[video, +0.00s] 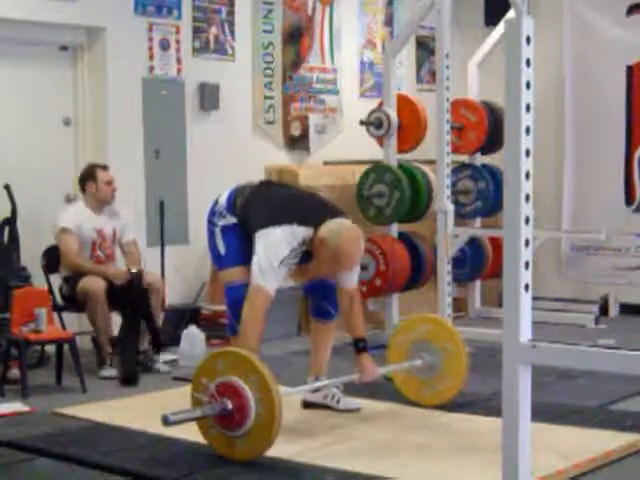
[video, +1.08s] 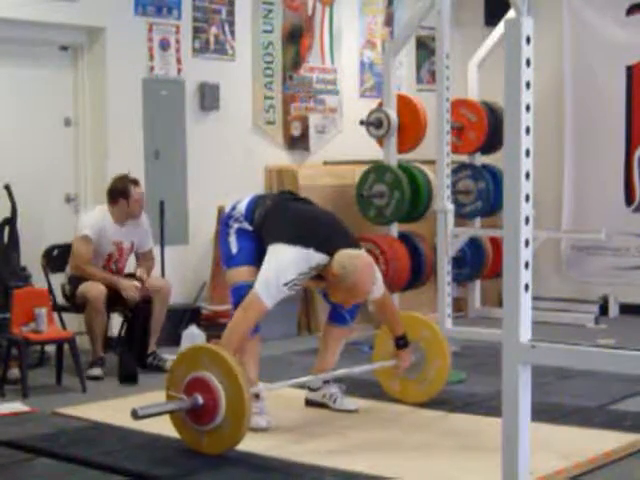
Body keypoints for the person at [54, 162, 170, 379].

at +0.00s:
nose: (114, 188)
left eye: (113, 183)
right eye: (108, 184)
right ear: (90, 188)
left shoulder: (116, 214)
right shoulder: (71, 216)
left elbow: (130, 247)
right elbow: (70, 260)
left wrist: (134, 270)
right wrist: (107, 272)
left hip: (114, 274)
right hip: (80, 277)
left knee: (155, 282)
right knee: (95, 287)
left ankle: (148, 349)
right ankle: (107, 357)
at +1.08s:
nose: (142, 202)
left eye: (142, 197)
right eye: (137, 198)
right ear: (121, 202)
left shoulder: (140, 220)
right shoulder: (93, 220)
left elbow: (146, 258)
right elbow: (78, 266)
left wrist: (142, 272)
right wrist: (119, 283)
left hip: (120, 277)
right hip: (87, 278)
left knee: (161, 287)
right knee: (96, 292)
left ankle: (150, 352)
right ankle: (97, 358)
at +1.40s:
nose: (160, 230)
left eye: (160, 225)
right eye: (156, 226)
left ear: (142, 227)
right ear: (140, 227)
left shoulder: (154, 239)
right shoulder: (106, 235)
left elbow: (152, 263)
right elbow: (76, 267)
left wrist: (146, 275)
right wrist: (114, 284)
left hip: (124, 280)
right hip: (91, 280)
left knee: (166, 289)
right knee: (94, 295)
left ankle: (150, 352)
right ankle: (96, 358)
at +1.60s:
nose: (173, 231)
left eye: (173, 226)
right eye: (170, 226)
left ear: (156, 227)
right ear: (154, 227)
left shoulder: (165, 242)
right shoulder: (120, 239)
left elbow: (162, 262)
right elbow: (86, 266)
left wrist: (150, 278)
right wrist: (120, 287)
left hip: (134, 276)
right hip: (100, 277)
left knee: (169, 291)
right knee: (99, 297)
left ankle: (151, 352)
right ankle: (97, 359)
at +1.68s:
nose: (181, 211)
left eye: (181, 206)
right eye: (177, 206)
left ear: (161, 209)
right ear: (159, 209)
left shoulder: (171, 226)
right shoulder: (128, 223)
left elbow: (164, 256)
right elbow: (103, 262)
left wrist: (153, 281)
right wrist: (124, 291)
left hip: (138, 266)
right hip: (107, 266)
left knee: (171, 290)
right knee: (101, 297)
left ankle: (150, 352)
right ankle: (97, 359)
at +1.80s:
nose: (188, 187)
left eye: (188, 180)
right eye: (184, 181)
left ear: (170, 183)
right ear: (167, 182)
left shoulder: (178, 205)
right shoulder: (133, 204)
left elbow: (168, 245)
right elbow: (110, 248)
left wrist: (160, 278)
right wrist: (125, 290)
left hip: (139, 253)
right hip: (106, 251)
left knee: (173, 291)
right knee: (105, 297)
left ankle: (150, 352)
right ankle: (97, 358)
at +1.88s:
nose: (191, 169)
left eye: (191, 163)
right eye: (187, 164)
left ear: (175, 166)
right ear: (170, 167)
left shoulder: (183, 192)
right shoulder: (142, 188)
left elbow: (171, 239)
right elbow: (118, 232)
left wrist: (161, 275)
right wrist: (125, 279)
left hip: (142, 245)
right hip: (109, 241)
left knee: (170, 289)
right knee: (108, 294)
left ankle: (151, 352)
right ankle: (98, 357)